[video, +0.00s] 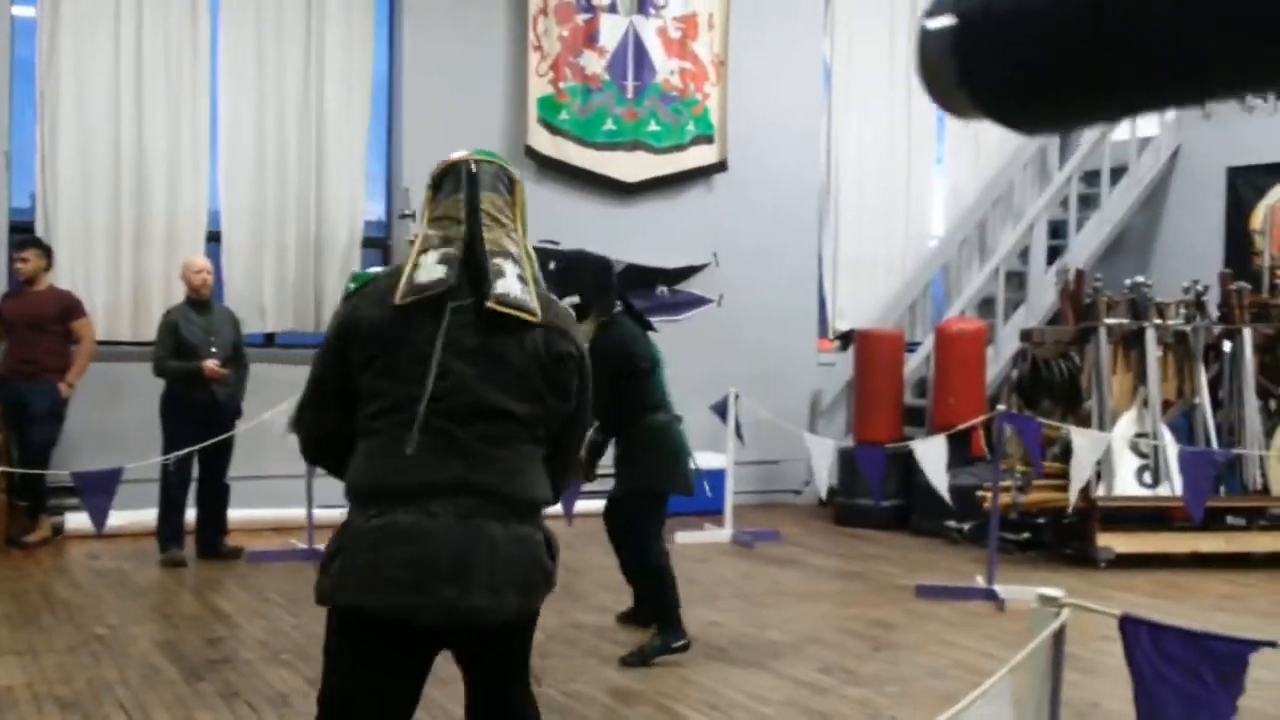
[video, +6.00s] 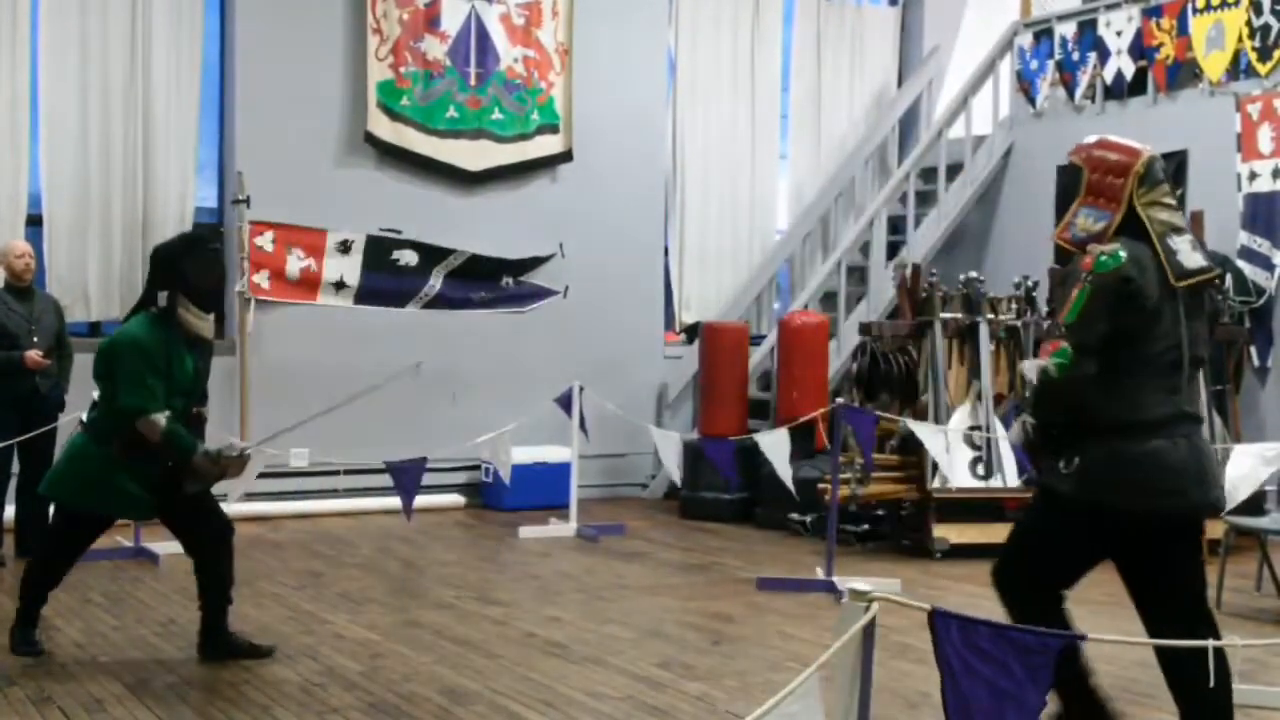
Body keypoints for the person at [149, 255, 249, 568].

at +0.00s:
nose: (204, 277)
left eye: (208, 272)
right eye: (198, 272)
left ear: (214, 277)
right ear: (184, 278)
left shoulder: (227, 317)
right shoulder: (174, 318)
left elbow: (240, 362)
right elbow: (161, 365)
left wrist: (233, 398)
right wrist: (198, 367)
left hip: (220, 408)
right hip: (181, 408)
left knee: (214, 479)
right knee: (176, 477)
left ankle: (211, 541)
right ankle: (171, 545)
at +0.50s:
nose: (156, 269)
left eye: (160, 264)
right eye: (149, 264)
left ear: (167, 270)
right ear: (137, 271)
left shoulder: (181, 310)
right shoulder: (127, 311)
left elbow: (195, 355)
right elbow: (113, 358)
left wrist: (189, 393)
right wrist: (152, 360)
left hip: (174, 401)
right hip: (135, 401)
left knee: (169, 473)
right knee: (130, 472)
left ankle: (167, 537)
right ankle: (126, 541)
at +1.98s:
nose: (115, 279)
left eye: (120, 273)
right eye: (108, 274)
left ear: (128, 279)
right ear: (97, 281)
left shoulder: (141, 319)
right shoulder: (87, 322)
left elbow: (155, 362)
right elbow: (74, 370)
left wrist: (143, 376)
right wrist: (114, 373)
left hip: (135, 413)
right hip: (95, 413)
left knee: (130, 483)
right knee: (91, 484)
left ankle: (126, 554)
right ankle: (87, 555)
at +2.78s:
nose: (73, 270)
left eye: (78, 264)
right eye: (67, 264)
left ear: (84, 271)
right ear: (53, 271)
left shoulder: (98, 311)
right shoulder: (42, 311)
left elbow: (112, 358)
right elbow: (27, 360)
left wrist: (106, 396)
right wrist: (67, 363)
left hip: (91, 406)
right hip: (50, 407)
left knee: (86, 479)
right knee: (44, 476)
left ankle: (82, 544)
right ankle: (40, 547)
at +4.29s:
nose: (28, 262)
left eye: (31, 256)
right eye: (20, 256)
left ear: (37, 263)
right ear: (5, 265)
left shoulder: (49, 304)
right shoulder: (1, 303)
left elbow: (64, 350)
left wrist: (59, 389)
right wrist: (19, 357)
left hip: (42, 402)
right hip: (5, 402)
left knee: (37, 475)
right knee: (2, 474)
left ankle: (33, 541)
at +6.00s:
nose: (28, 261)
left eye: (31, 256)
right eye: (20, 256)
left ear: (36, 263)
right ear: (5, 265)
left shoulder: (49, 304)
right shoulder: (2, 303)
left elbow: (64, 351)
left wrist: (59, 390)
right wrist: (20, 359)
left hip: (41, 404)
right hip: (5, 405)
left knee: (36, 479)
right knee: (1, 478)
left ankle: (31, 547)